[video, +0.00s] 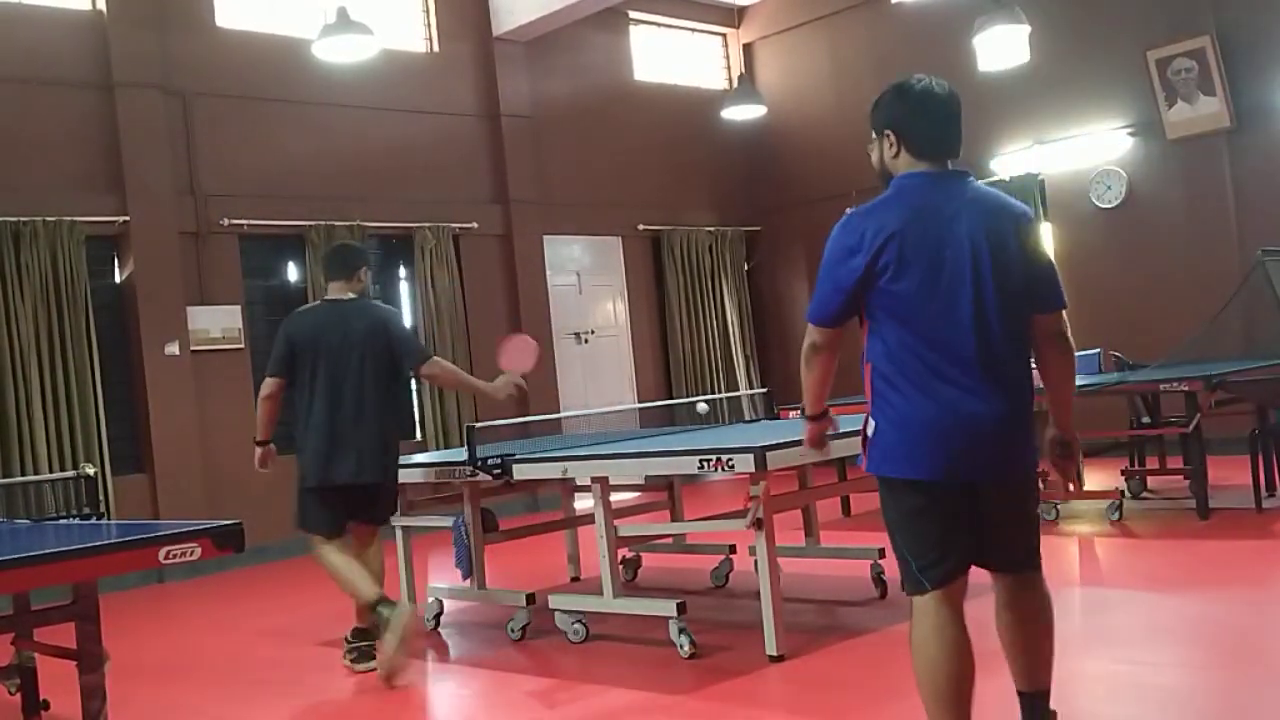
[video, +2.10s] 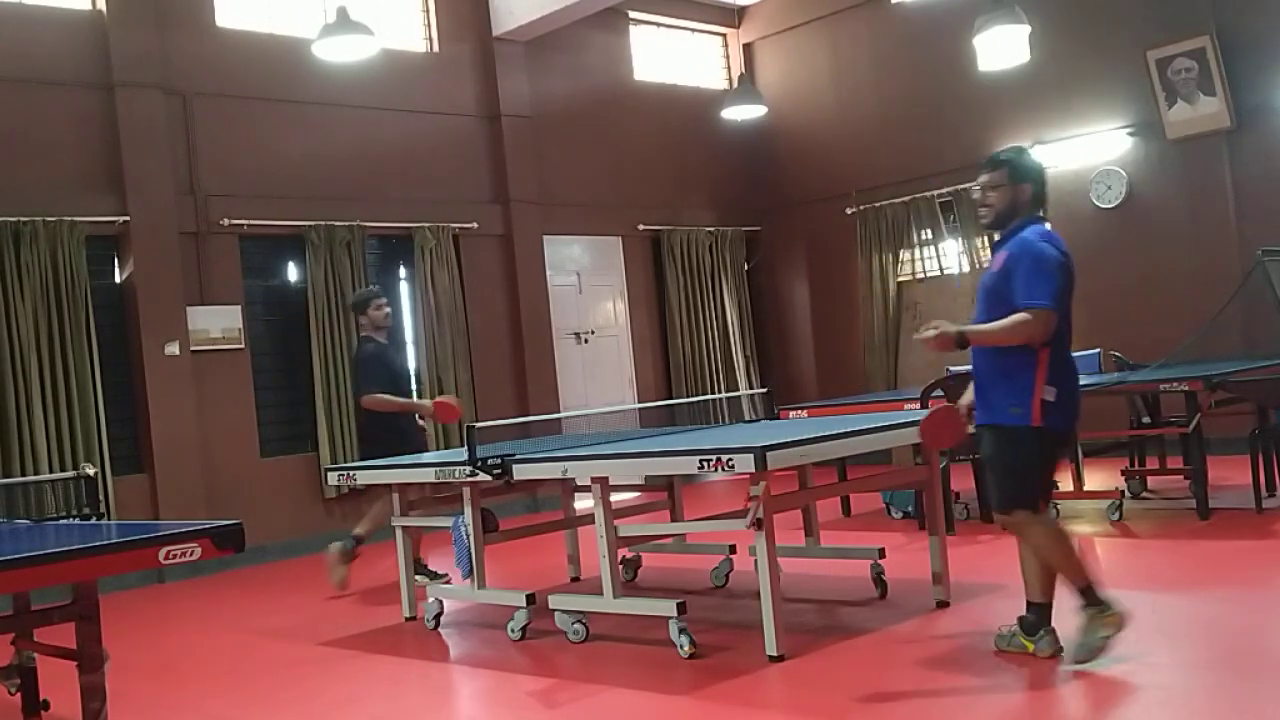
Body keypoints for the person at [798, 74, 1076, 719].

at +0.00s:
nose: (871, 153)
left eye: (872, 140)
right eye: (872, 141)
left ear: (891, 141)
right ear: (955, 139)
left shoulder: (864, 226)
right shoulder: (1013, 216)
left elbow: (822, 341)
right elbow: (1051, 334)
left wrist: (814, 416)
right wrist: (1063, 429)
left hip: (912, 447)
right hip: (1005, 438)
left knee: (935, 595)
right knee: (1018, 572)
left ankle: (948, 719)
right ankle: (1038, 711)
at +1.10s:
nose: (858, 251)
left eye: (855, 241)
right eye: (855, 242)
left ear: (866, 234)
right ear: (908, 218)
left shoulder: (867, 287)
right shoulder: (971, 246)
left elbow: (865, 379)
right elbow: (1025, 315)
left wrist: (850, 427)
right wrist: (1055, 391)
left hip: (921, 439)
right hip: (991, 424)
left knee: (933, 538)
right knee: (1019, 529)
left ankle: (956, 656)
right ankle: (1032, 625)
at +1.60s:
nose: (863, 231)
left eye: (867, 218)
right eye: (860, 221)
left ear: (901, 209)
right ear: (917, 210)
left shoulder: (891, 268)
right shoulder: (983, 248)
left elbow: (868, 364)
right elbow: (1026, 320)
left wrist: (872, 352)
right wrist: (1022, 387)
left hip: (940, 421)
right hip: (1002, 410)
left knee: (939, 530)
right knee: (1004, 515)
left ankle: (957, 654)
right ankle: (1029, 618)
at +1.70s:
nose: (887, 221)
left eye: (895, 210)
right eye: (886, 212)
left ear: (928, 206)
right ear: (936, 209)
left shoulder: (922, 263)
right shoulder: (994, 252)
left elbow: (896, 347)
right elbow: (1010, 331)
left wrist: (864, 369)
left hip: (953, 425)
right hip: (1011, 417)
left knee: (946, 532)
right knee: (1008, 519)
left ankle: (957, 654)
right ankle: (1037, 628)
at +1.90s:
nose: (935, 207)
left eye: (944, 197)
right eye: (933, 199)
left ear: (977, 196)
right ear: (973, 201)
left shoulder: (983, 248)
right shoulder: (1000, 244)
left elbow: (986, 327)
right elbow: (997, 330)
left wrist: (912, 357)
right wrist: (939, 359)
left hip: (992, 412)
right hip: (1030, 407)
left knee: (968, 515)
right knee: (1019, 513)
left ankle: (980, 638)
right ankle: (1036, 631)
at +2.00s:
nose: (957, 202)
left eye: (968, 192)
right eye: (955, 194)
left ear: (1000, 193)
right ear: (976, 198)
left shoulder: (1006, 244)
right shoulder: (1007, 242)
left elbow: (1017, 321)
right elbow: (1013, 327)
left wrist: (943, 347)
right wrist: (968, 377)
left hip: (1006, 411)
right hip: (1027, 408)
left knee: (984, 510)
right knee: (1028, 512)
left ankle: (1032, 625)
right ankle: (1038, 625)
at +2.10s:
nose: (983, 198)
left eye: (993, 188)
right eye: (981, 190)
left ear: (1026, 191)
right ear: (990, 196)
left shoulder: (1035, 246)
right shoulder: (1011, 248)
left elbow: (1039, 325)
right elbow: (1011, 334)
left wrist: (962, 336)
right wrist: (979, 388)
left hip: (1030, 409)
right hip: (1010, 408)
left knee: (1017, 511)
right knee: (1027, 512)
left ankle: (1098, 608)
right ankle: (1037, 626)